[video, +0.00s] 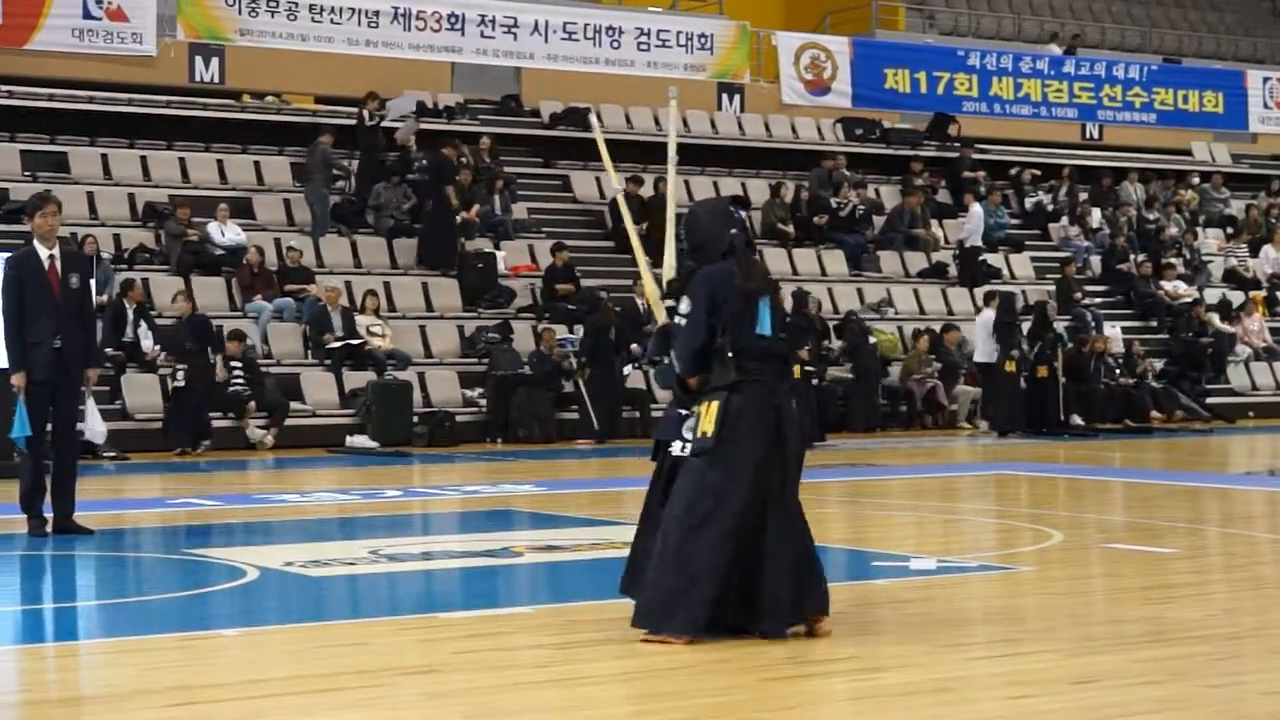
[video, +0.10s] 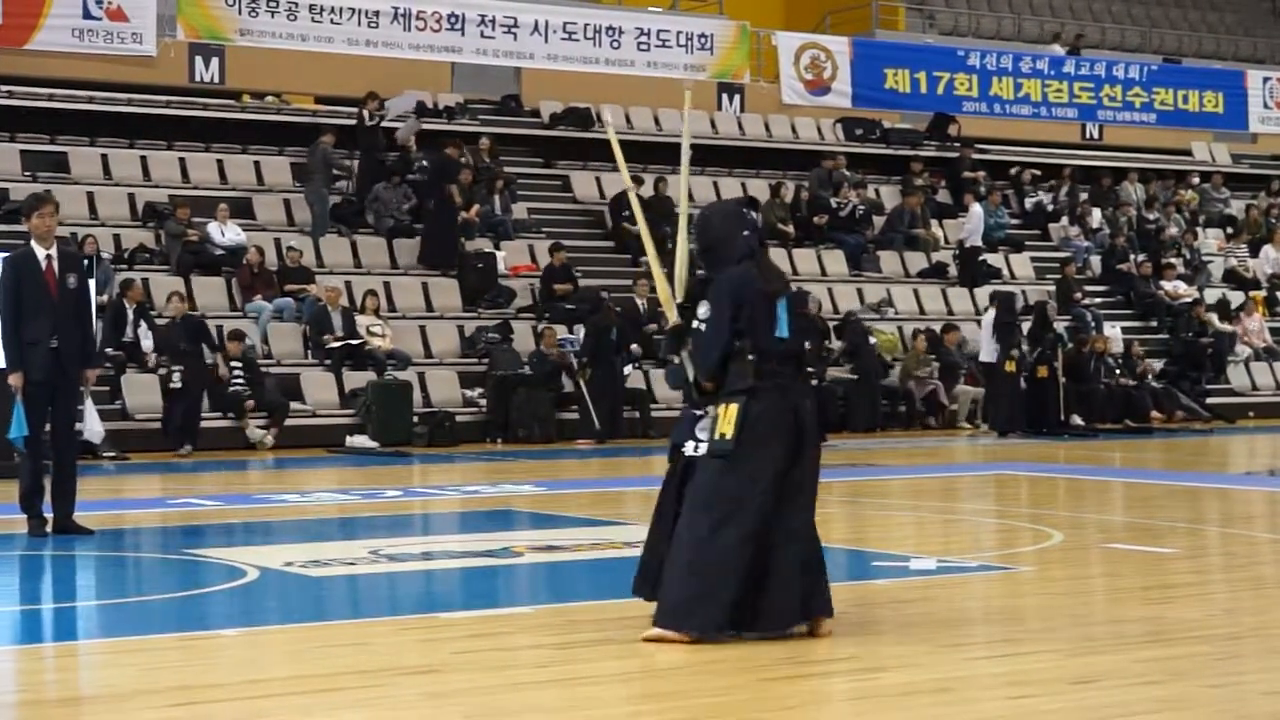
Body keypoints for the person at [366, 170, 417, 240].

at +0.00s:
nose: (398, 179)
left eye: (399, 177)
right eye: (395, 177)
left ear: (400, 178)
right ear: (390, 177)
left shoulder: (403, 187)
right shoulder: (379, 188)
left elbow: (414, 199)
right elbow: (370, 203)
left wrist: (407, 206)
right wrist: (380, 202)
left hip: (400, 215)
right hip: (384, 216)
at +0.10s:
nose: (398, 180)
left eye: (399, 177)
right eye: (396, 177)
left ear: (401, 178)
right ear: (390, 177)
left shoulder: (403, 187)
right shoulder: (379, 188)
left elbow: (414, 200)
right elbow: (368, 202)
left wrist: (407, 206)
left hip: (401, 215)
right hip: (385, 216)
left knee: (409, 229)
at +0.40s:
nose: (401, 181)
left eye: (401, 178)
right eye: (399, 178)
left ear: (403, 179)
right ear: (393, 178)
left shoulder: (405, 189)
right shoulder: (379, 188)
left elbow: (414, 201)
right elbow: (369, 202)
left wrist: (411, 207)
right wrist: (376, 212)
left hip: (401, 218)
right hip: (385, 218)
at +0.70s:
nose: (406, 181)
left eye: (408, 179)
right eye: (404, 179)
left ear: (409, 179)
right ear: (399, 178)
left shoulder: (411, 188)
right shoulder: (385, 186)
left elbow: (419, 200)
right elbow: (373, 197)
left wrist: (415, 210)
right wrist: (382, 211)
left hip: (404, 219)